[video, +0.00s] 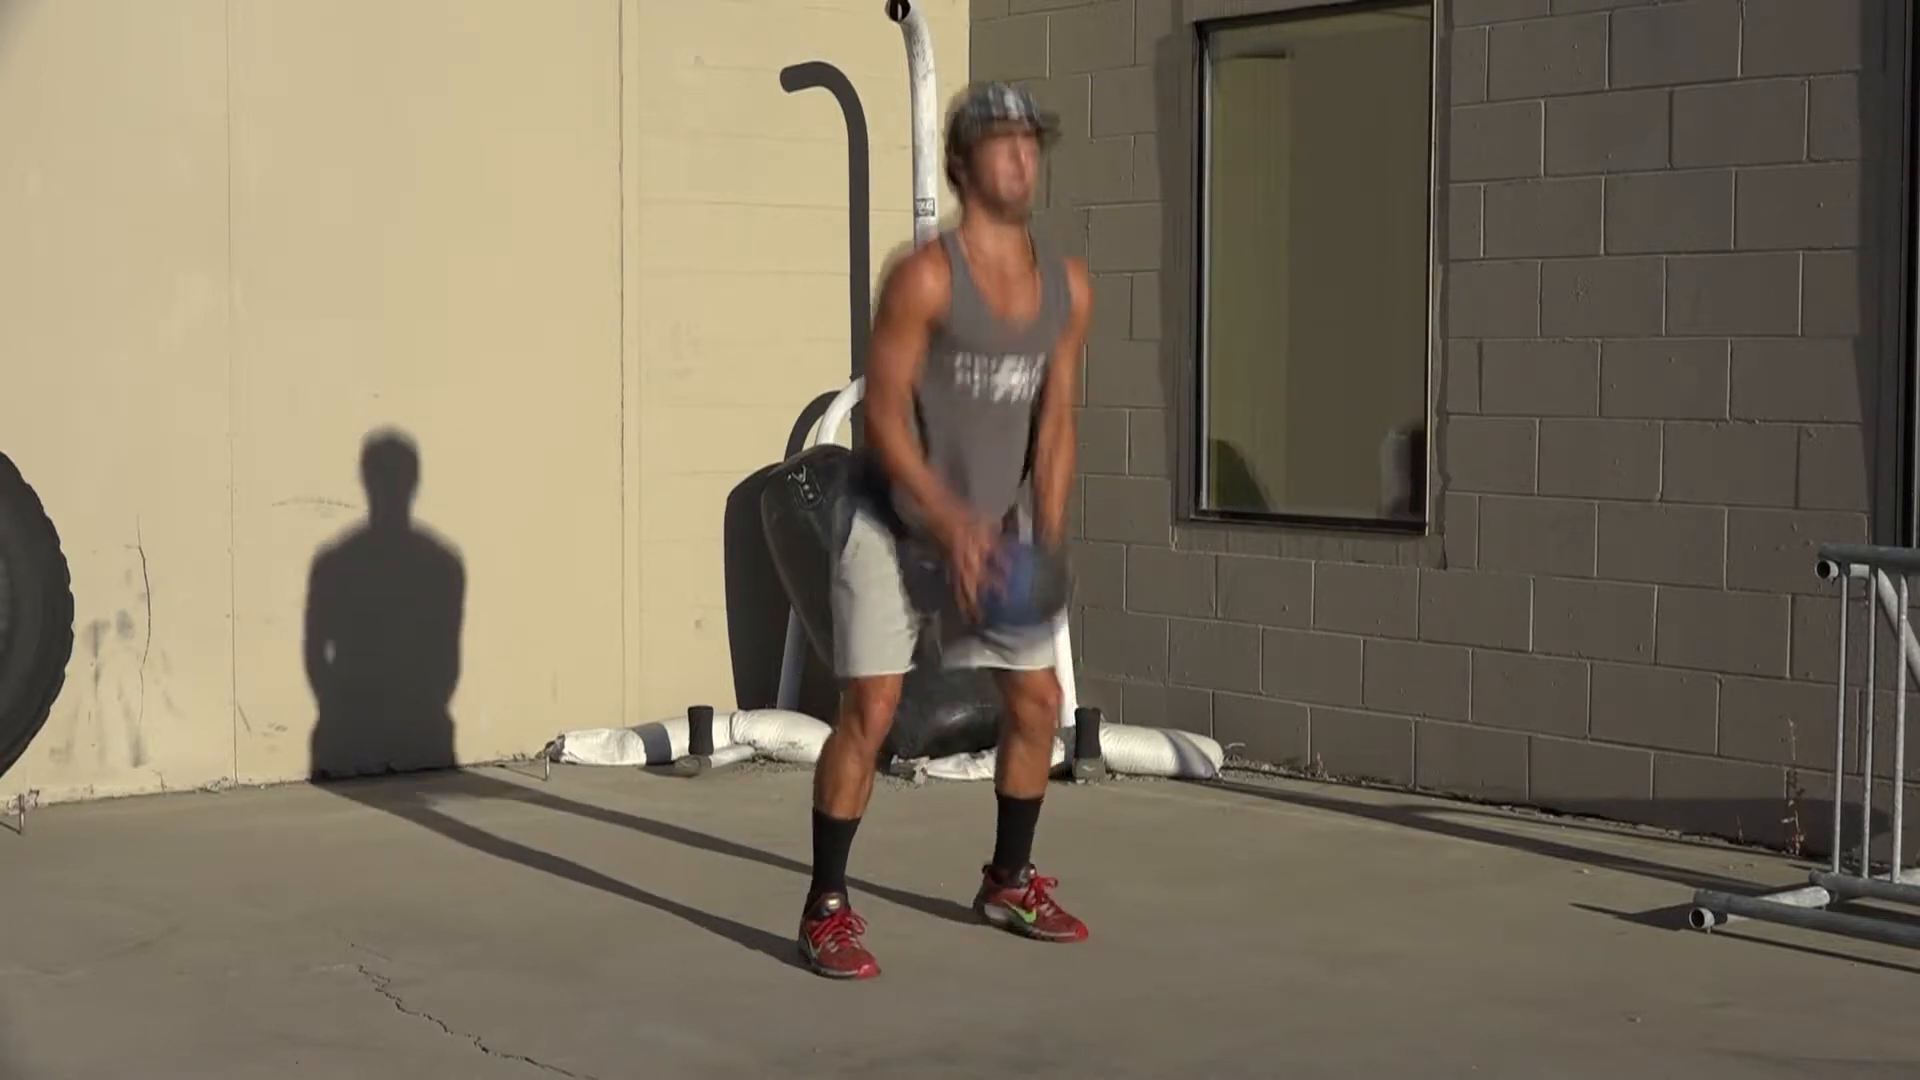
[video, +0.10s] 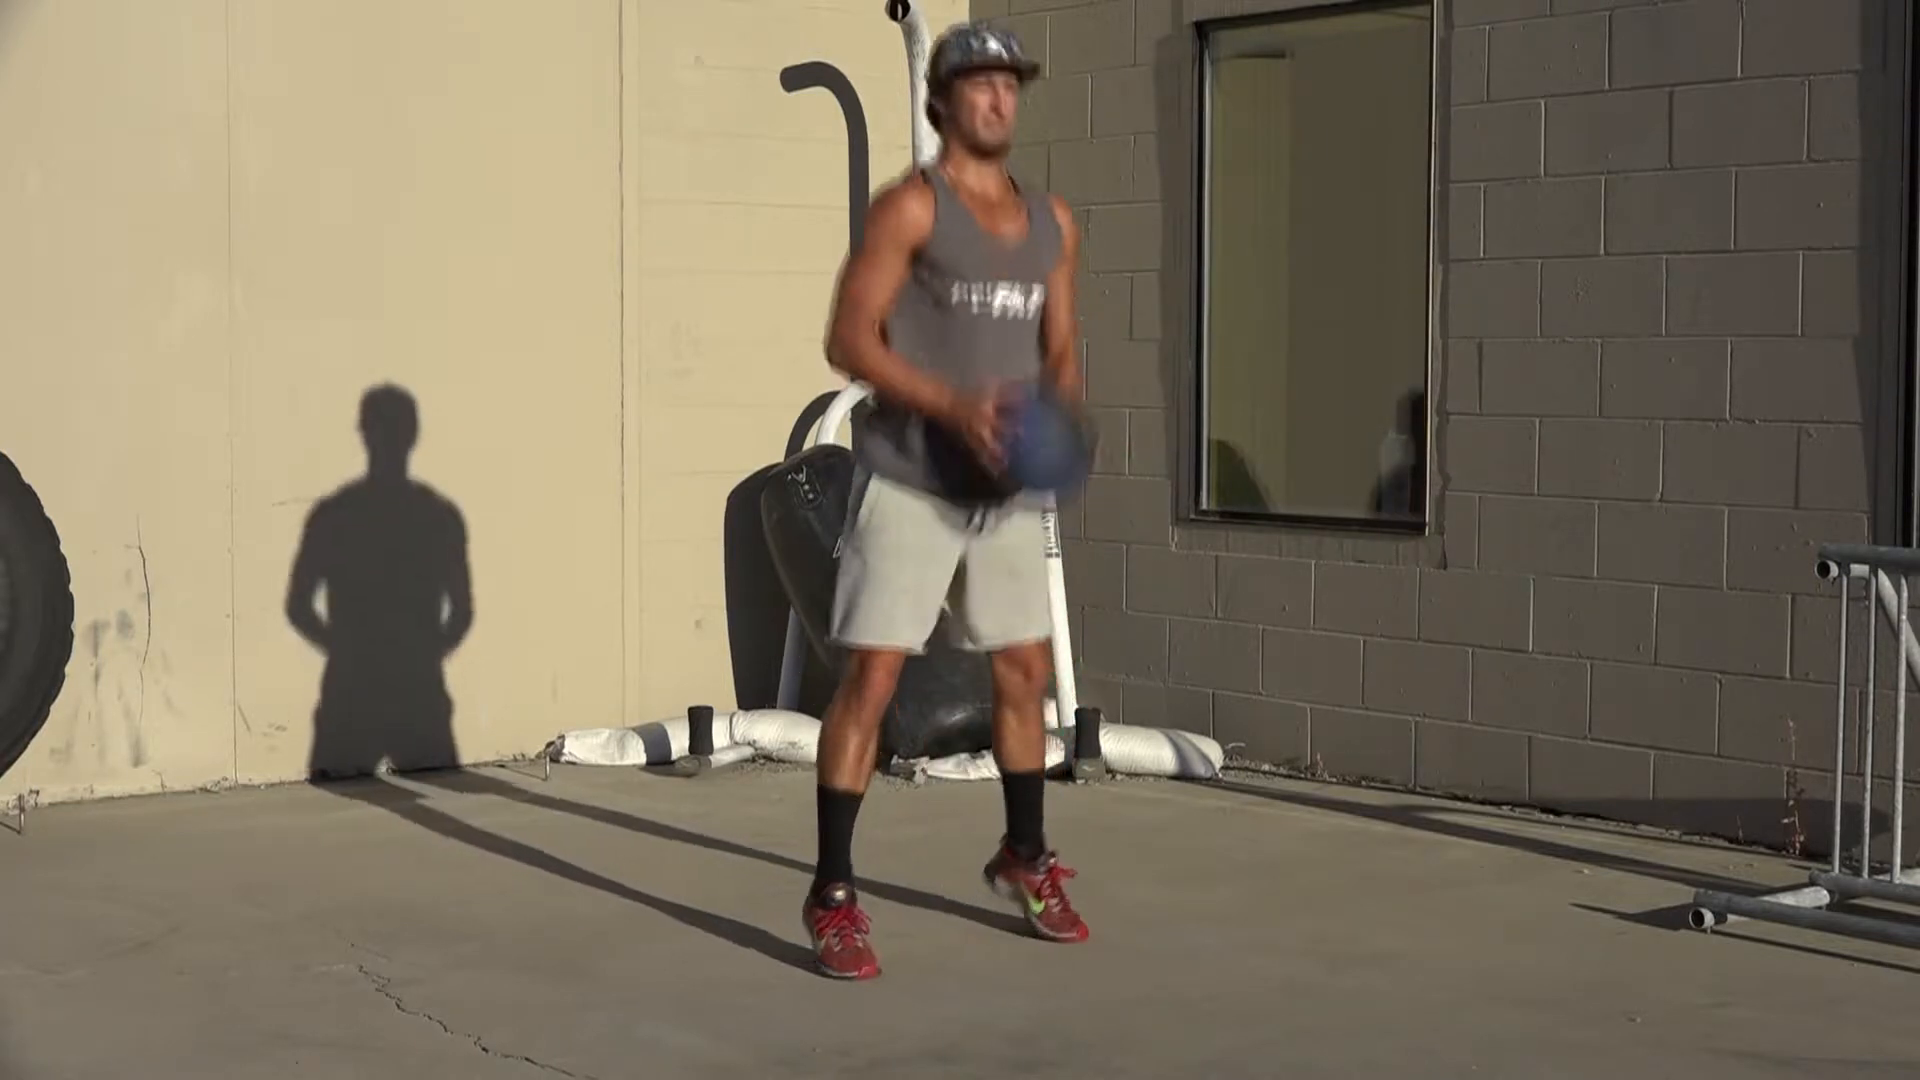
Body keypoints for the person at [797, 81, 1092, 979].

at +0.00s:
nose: (1022, 159)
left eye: (1030, 144)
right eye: (1002, 144)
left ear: (1042, 160)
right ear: (963, 163)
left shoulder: (1065, 284)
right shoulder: (923, 275)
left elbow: (1056, 422)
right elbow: (882, 422)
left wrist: (1049, 541)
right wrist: (950, 520)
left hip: (1001, 522)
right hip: (896, 515)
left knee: (1038, 701)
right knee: (871, 708)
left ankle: (1010, 881)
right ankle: (826, 905)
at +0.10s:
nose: (995, 97)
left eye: (1007, 83)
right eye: (977, 83)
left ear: (1021, 99)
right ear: (941, 100)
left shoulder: (1054, 221)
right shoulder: (908, 209)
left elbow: (1060, 350)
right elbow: (848, 341)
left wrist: (1063, 428)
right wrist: (951, 405)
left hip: (1012, 484)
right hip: (908, 482)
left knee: (1027, 670)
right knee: (872, 678)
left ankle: (1025, 855)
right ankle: (833, 895)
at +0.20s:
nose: (982, 87)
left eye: (993, 73)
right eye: (964, 72)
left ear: (1009, 89)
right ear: (927, 88)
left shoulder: (1043, 206)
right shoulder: (900, 186)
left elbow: (1064, 319)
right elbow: (833, 311)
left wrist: (1059, 319)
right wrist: (953, 331)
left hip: (1014, 466)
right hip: (914, 465)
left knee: (1026, 658)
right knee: (879, 666)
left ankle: (1034, 849)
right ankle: (837, 887)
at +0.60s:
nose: (1002, 353)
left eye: (1011, 337)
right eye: (984, 338)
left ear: (1025, 346)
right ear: (948, 356)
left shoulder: (1042, 442)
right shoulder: (922, 457)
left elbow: (1188, 534)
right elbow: (909, 579)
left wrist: (1104, 480)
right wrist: (999, 491)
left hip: (963, 648)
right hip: (863, 641)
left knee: (1075, 732)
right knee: (864, 737)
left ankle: (1009, 886)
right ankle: (823, 913)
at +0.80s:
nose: (1022, 473)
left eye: (1031, 456)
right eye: (1002, 456)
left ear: (1041, 465)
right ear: (962, 470)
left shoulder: (1057, 553)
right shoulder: (926, 563)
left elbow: (1182, 670)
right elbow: (900, 708)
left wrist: (1108, 619)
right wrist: (996, 629)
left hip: (951, 711)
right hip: (843, 706)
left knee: (1080, 732)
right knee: (855, 744)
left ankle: (1008, 888)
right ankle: (824, 915)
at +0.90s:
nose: (1024, 473)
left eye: (1034, 457)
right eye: (1005, 456)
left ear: (1044, 465)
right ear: (966, 467)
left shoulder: (1051, 552)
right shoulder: (926, 560)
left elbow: (1181, 670)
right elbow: (901, 703)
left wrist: (1108, 617)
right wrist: (995, 623)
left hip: (947, 705)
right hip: (843, 701)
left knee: (1082, 732)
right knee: (858, 742)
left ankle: (1009, 888)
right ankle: (824, 914)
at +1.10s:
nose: (1019, 379)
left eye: (1030, 362)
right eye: (1000, 362)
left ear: (1042, 371)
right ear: (965, 373)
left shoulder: (1054, 458)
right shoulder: (926, 470)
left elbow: (1186, 568)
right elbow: (903, 606)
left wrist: (1098, 511)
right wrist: (997, 519)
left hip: (964, 643)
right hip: (864, 640)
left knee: (1078, 732)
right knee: (880, 735)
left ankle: (1009, 887)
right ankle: (825, 914)